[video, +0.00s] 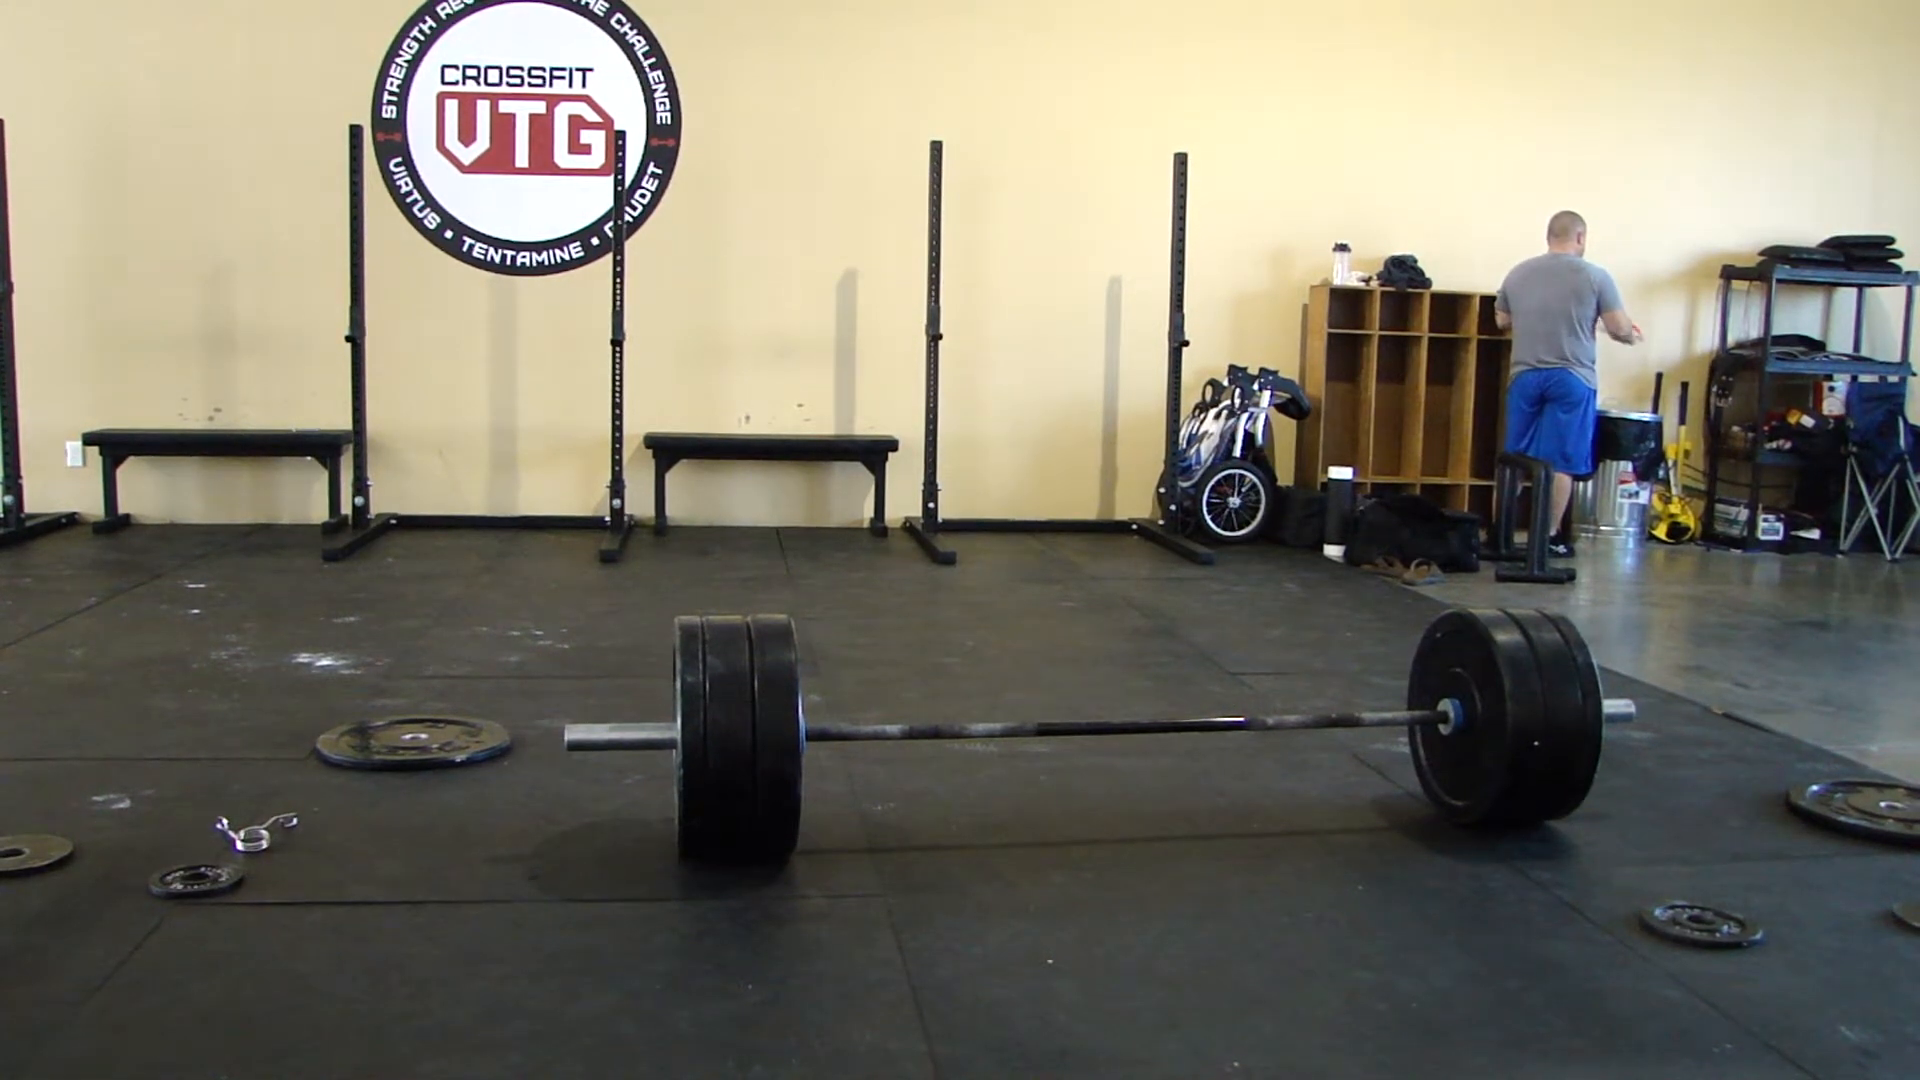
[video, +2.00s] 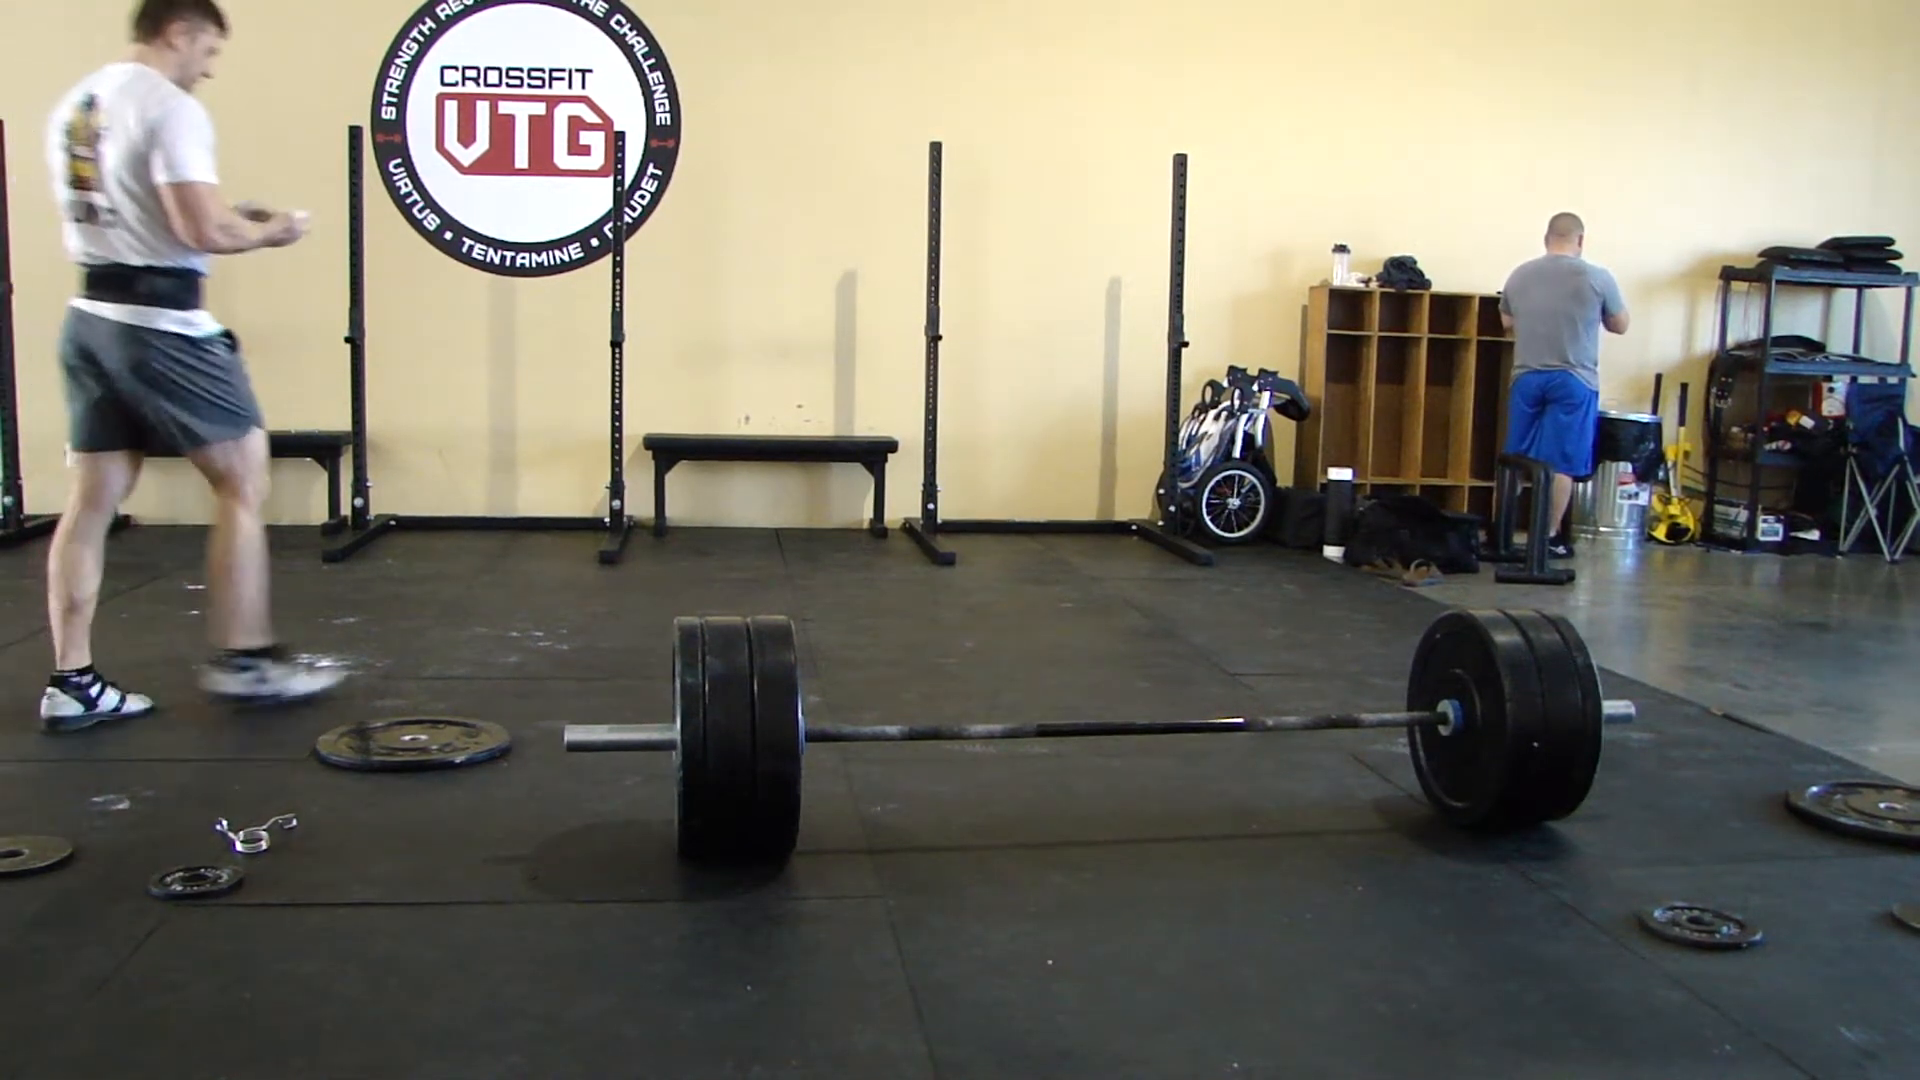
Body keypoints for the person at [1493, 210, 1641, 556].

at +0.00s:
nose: (1585, 245)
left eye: (1583, 240)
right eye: (1585, 239)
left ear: (1548, 237)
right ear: (1580, 238)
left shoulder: (1518, 272)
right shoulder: (1594, 275)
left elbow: (1502, 320)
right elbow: (1617, 329)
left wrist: (1537, 312)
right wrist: (1629, 333)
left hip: (1524, 376)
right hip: (1572, 378)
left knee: (1513, 458)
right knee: (1562, 464)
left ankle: (1501, 534)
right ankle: (1548, 538)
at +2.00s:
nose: (1580, 246)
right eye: (1582, 241)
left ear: (1546, 239)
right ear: (1580, 240)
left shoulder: (1520, 274)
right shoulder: (1596, 277)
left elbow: (1508, 322)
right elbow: (1619, 324)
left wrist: (1541, 315)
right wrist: (1587, 307)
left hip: (1526, 377)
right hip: (1574, 379)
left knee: (1514, 459)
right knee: (1562, 465)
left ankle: (1500, 535)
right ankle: (1548, 539)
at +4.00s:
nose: (1578, 245)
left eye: (1555, 238)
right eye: (1581, 240)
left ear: (1548, 239)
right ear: (1583, 241)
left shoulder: (1521, 274)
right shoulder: (1597, 276)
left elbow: (1506, 320)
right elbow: (1623, 317)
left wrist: (1540, 313)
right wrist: (1592, 299)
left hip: (1527, 377)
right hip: (1575, 379)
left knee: (1516, 459)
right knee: (1562, 466)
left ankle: (1501, 536)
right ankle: (1547, 540)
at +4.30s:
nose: (1582, 247)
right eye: (1584, 242)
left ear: (1549, 239)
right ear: (1583, 241)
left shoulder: (1521, 274)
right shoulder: (1597, 276)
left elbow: (1507, 316)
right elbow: (1621, 328)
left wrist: (1536, 316)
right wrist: (1615, 344)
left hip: (1528, 378)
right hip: (1576, 380)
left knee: (1516, 460)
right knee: (1562, 466)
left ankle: (1501, 535)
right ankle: (1547, 540)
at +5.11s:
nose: (1584, 244)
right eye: (1585, 239)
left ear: (1550, 239)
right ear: (1586, 240)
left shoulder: (1524, 271)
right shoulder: (1600, 277)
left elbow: (1512, 289)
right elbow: (1616, 332)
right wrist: (1628, 376)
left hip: (1530, 379)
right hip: (1577, 382)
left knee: (1519, 461)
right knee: (1565, 465)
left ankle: (1502, 534)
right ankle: (1548, 538)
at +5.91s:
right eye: (1586, 237)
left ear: (1551, 239)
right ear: (1587, 241)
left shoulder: (1527, 272)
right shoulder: (1602, 278)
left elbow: (1516, 263)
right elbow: (1617, 333)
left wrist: (1550, 241)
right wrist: (1630, 377)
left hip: (1531, 379)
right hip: (1578, 381)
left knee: (1519, 459)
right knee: (1565, 465)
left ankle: (1503, 534)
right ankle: (1548, 539)